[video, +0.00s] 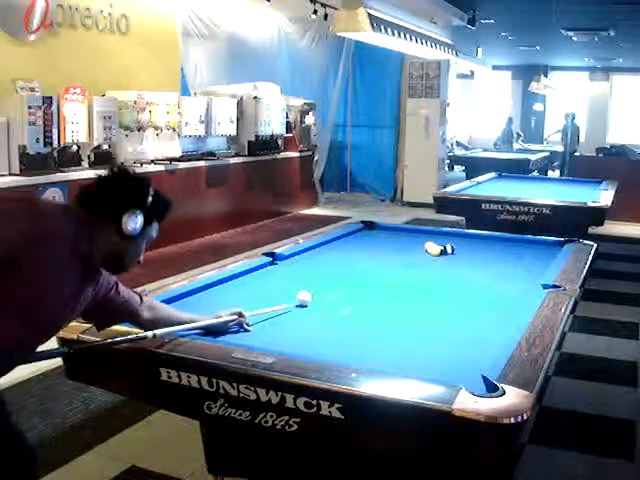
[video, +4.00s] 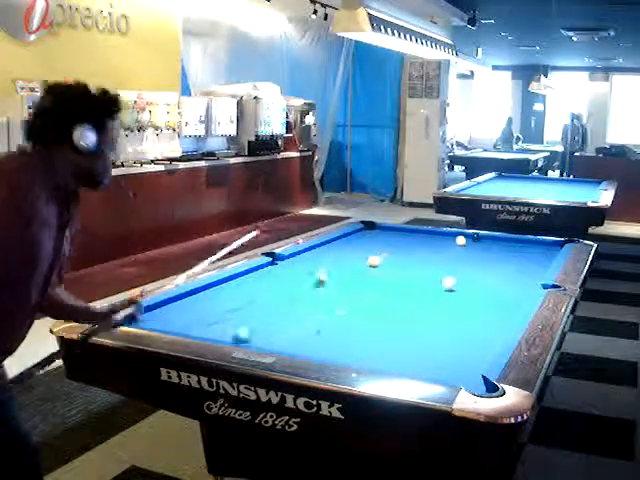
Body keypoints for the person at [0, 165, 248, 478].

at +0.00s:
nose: (144, 257)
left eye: (150, 246)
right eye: (148, 243)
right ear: (129, 225)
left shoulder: (86, 277)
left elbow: (144, 310)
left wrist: (210, 323)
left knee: (21, 458)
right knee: (19, 458)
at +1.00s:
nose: (145, 272)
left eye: (151, 261)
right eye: (149, 259)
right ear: (130, 243)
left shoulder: (84, 287)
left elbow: (146, 311)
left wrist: (212, 324)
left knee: (19, 456)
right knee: (16, 456)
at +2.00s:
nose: (148, 274)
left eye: (154, 264)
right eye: (152, 261)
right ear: (132, 246)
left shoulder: (85, 283)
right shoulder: (48, 248)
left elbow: (146, 314)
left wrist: (215, 321)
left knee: (14, 457)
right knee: (12, 459)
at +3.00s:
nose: (145, 249)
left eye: (151, 238)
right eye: (148, 236)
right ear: (128, 220)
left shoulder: (88, 264)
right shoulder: (54, 224)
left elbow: (145, 306)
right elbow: (9, 315)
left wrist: (210, 322)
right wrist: (62, 336)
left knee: (20, 456)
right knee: (18, 457)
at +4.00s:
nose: (116, 154)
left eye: (114, 142)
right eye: (110, 142)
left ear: (80, 140)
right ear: (81, 140)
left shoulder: (61, 193)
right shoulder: (16, 190)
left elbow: (41, 293)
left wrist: (97, 315)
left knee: (21, 455)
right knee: (21, 457)